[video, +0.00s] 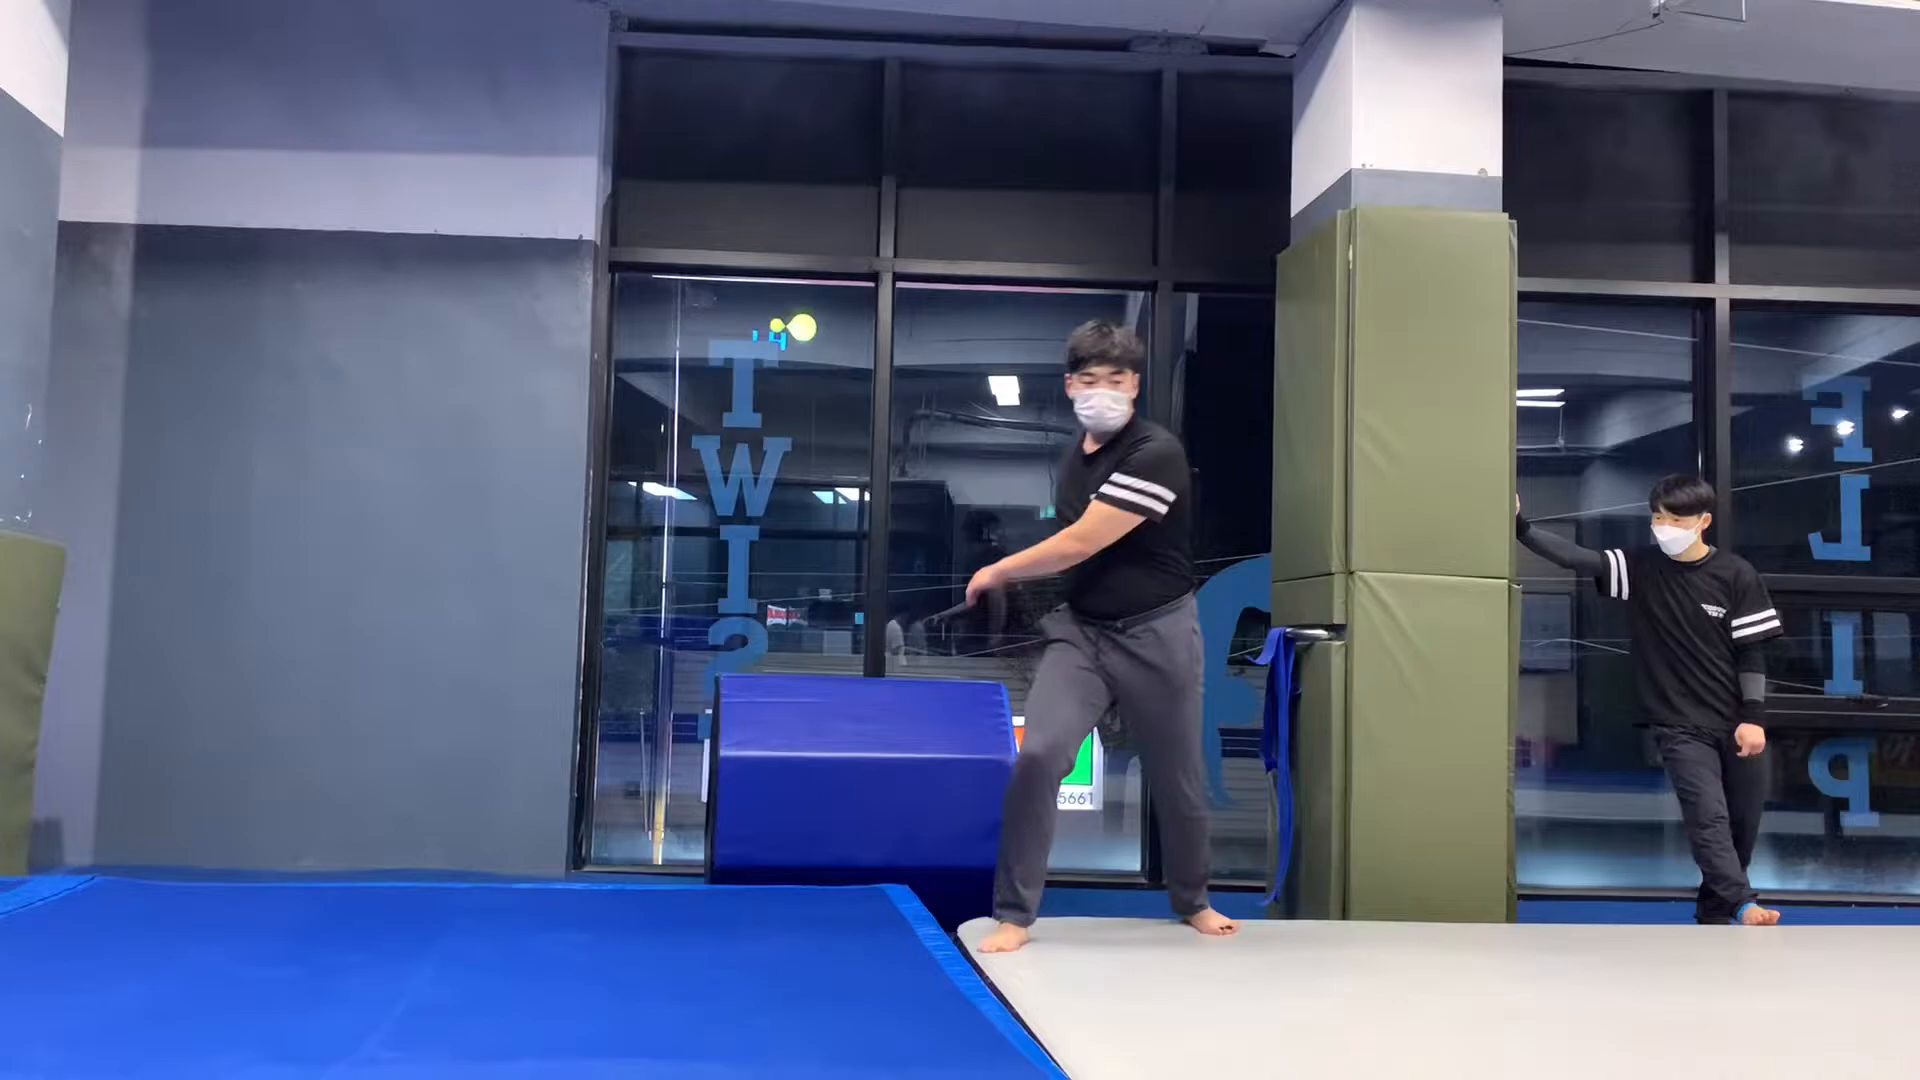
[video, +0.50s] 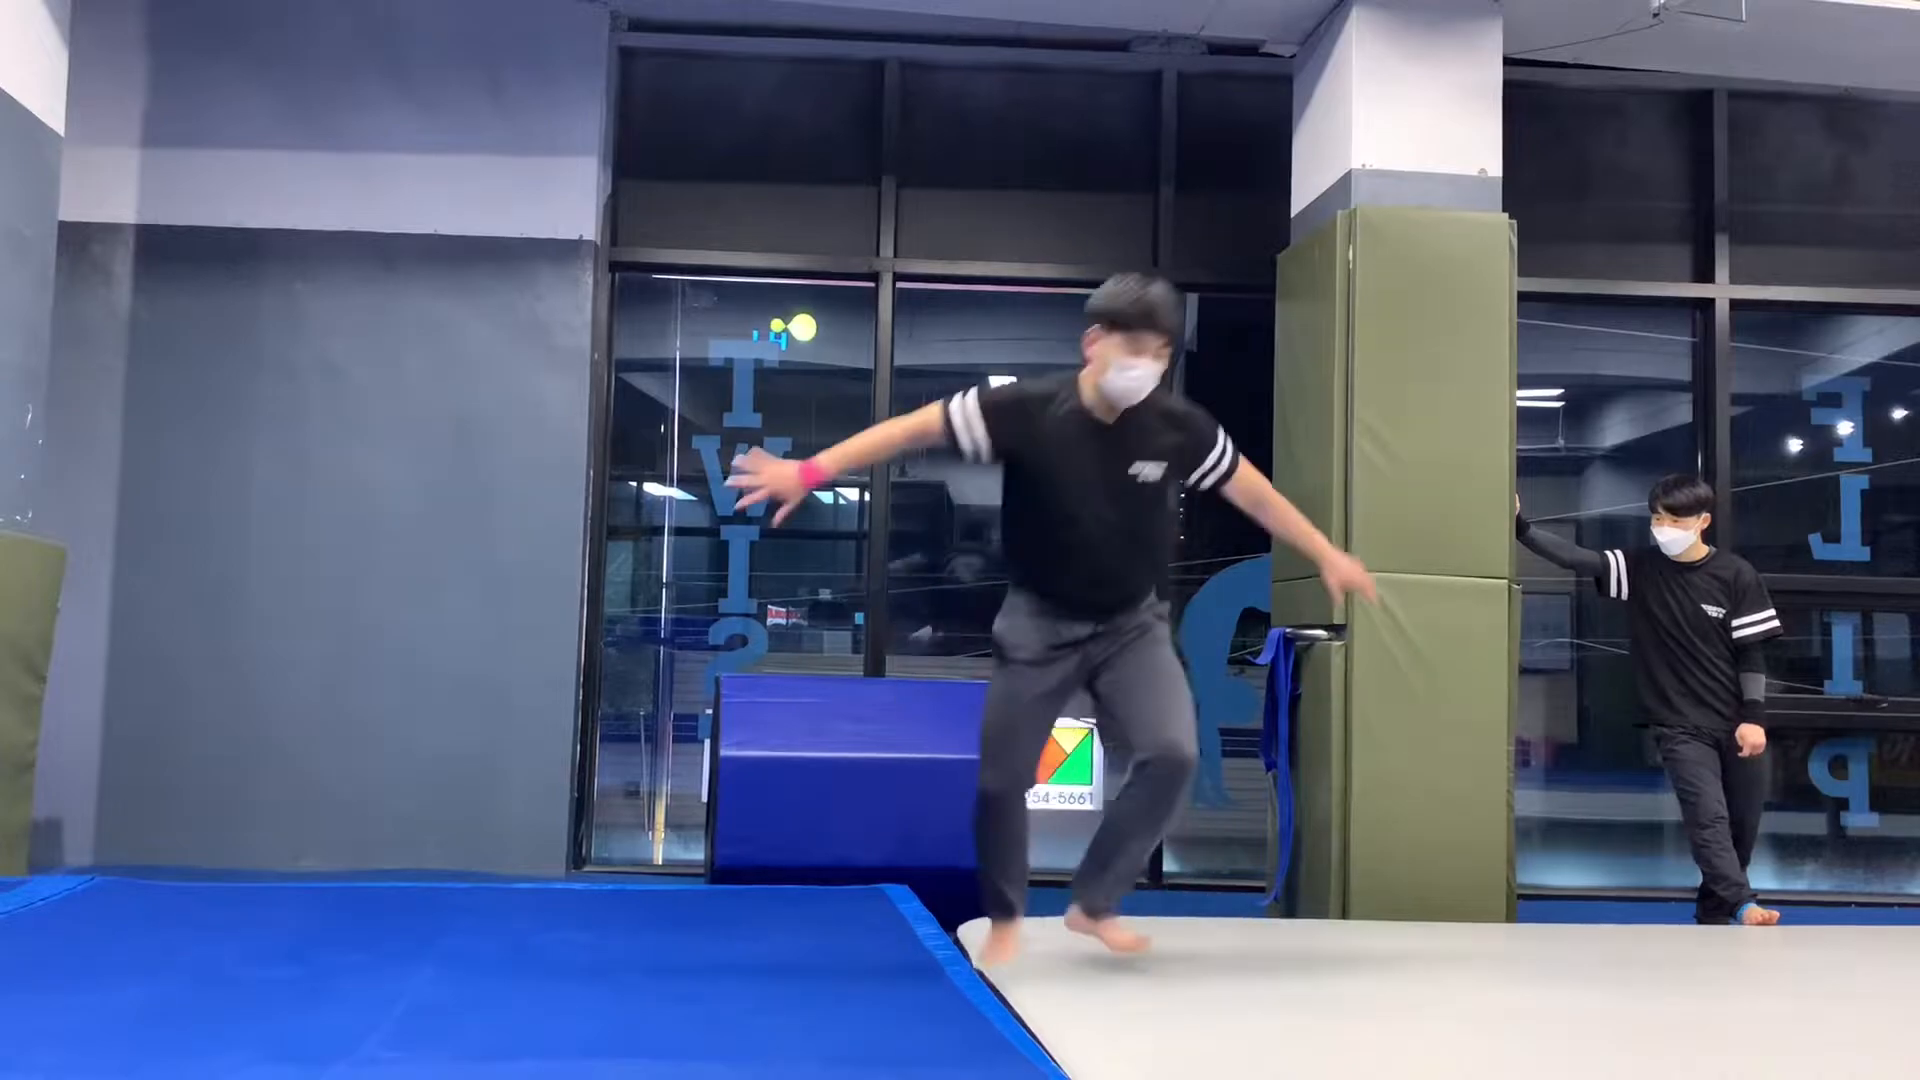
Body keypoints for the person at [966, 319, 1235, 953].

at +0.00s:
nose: (1091, 390)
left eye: (1106, 379)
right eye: (1081, 378)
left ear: (1135, 385)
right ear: (1068, 386)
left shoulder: (1158, 453)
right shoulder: (1074, 458)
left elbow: (1081, 542)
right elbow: (1081, 544)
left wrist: (999, 571)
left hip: (1160, 634)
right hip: (1082, 631)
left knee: (1178, 780)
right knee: (1038, 757)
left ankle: (1193, 903)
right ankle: (1015, 916)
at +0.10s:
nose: (1079, 393)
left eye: (1094, 382)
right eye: (1069, 381)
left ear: (1121, 387)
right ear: (1054, 389)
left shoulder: (1146, 458)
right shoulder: (1058, 457)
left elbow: (1076, 552)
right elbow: (1063, 546)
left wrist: (991, 587)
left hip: (1144, 640)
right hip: (1064, 637)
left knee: (1172, 782)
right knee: (1029, 766)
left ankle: (1192, 899)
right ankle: (1013, 923)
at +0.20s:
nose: (1077, 402)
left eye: (1091, 390)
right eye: (1064, 389)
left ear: (1110, 397)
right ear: (1041, 395)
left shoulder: (1134, 470)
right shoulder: (1025, 471)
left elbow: (1079, 569)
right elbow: (1004, 560)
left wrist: (986, 619)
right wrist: (983, 646)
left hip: (1130, 655)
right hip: (1041, 652)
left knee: (1156, 810)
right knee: (1013, 783)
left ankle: (1176, 879)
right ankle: (1010, 930)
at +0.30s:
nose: (1072, 416)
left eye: (1086, 404)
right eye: (1060, 402)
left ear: (1104, 408)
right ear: (1033, 401)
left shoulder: (1131, 474)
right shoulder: (1003, 480)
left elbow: (1127, 574)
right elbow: (945, 558)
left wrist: (1075, 646)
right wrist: (898, 641)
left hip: (1129, 657)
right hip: (1039, 656)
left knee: (1136, 830)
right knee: (1006, 799)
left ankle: (1137, 869)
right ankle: (1010, 939)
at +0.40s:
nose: (1083, 408)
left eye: (1097, 395)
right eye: (1070, 392)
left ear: (1116, 396)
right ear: (1039, 390)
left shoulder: (1147, 468)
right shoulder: (996, 464)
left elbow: (1215, 555)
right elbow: (904, 500)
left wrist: (1279, 635)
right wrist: (829, 561)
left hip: (1133, 661)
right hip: (1037, 661)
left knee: (1144, 803)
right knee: (1011, 801)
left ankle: (1091, 879)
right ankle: (1013, 945)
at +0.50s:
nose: (1143, 372)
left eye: (1157, 359)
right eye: (1132, 353)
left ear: (1170, 360)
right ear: (1092, 343)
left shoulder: (1178, 426)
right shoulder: (1024, 411)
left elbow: (1253, 493)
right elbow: (909, 431)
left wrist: (1330, 554)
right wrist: (809, 473)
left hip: (1133, 629)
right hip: (1036, 631)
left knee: (1170, 755)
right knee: (999, 782)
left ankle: (1093, 906)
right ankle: (1004, 918)